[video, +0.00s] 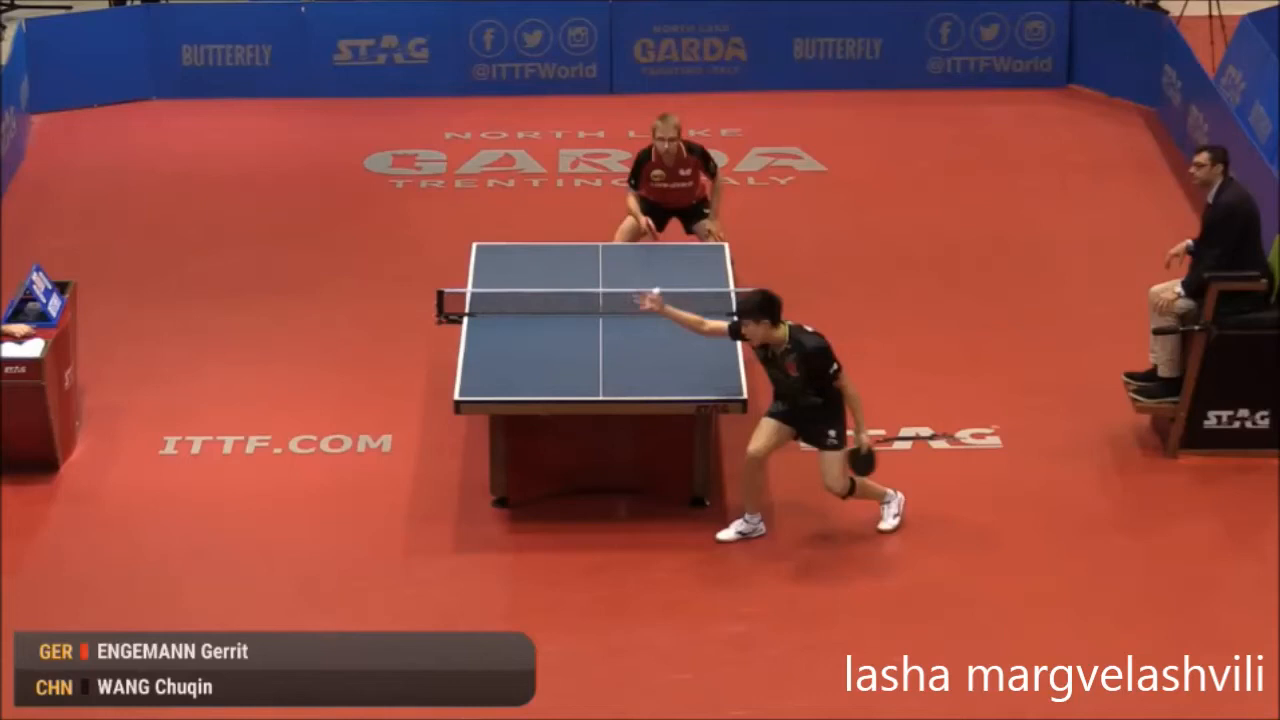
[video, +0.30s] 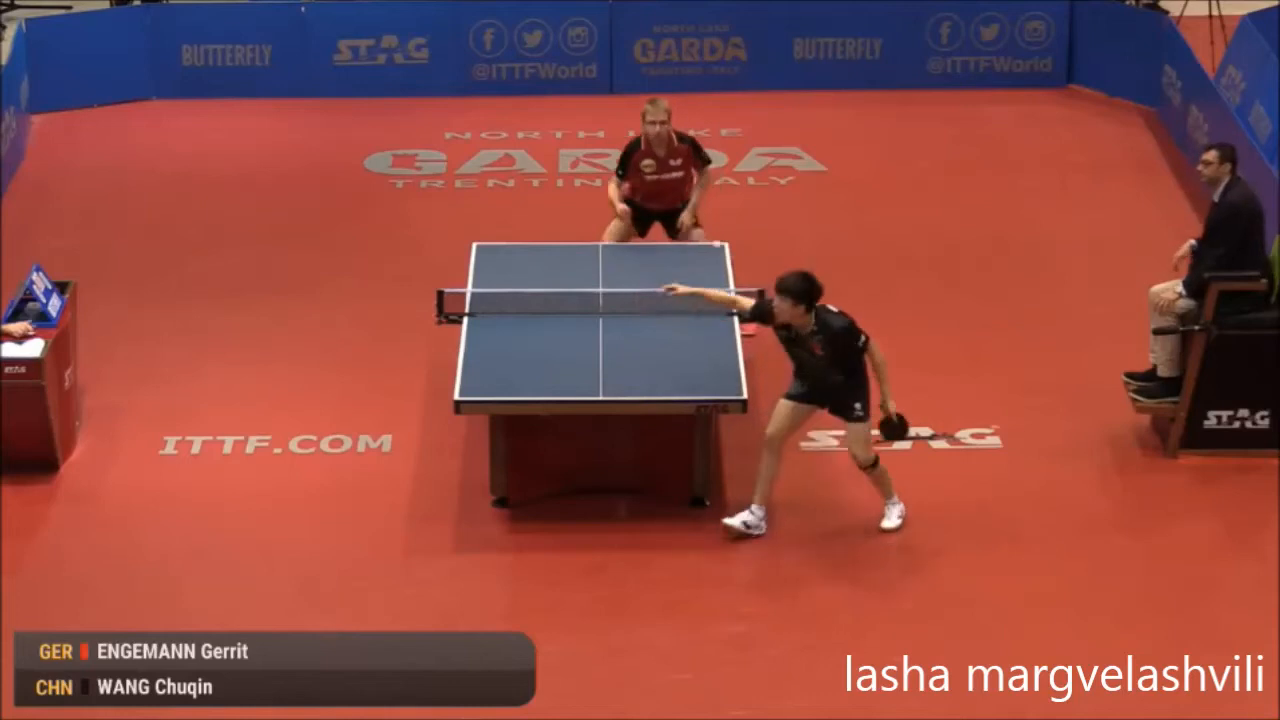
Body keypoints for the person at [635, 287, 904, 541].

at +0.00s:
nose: (743, 331)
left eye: (747, 325)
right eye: (742, 325)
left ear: (767, 324)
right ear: (754, 324)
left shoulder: (812, 346)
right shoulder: (754, 336)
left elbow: (846, 388)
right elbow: (705, 326)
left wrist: (862, 433)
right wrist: (663, 308)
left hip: (825, 411)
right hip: (787, 407)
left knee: (836, 484)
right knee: (754, 453)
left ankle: (890, 498)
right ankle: (752, 520)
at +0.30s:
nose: (775, 307)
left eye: (782, 303)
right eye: (776, 302)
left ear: (801, 307)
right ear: (782, 304)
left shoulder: (839, 325)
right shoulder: (777, 316)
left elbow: (875, 355)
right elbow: (733, 302)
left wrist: (887, 402)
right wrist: (691, 291)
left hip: (849, 387)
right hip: (808, 383)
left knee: (861, 455)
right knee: (772, 437)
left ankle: (893, 504)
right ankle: (757, 513)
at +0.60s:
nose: (762, 336)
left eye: (767, 332)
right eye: (760, 330)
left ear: (786, 328)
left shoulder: (822, 327)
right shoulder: (771, 327)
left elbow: (872, 342)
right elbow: (747, 320)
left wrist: (839, 353)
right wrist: (721, 322)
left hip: (841, 385)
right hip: (802, 379)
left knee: (860, 460)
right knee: (750, 412)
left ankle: (893, 503)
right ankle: (785, 480)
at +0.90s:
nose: (695, 303)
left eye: (695, 297)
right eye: (693, 297)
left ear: (704, 299)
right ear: (724, 286)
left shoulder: (736, 315)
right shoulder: (746, 297)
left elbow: (749, 343)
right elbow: (785, 307)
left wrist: (701, 333)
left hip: (795, 388)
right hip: (777, 382)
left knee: (771, 471)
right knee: (743, 422)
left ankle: (850, 484)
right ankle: (769, 493)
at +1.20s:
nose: (683, 278)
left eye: (684, 274)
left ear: (689, 279)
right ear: (719, 271)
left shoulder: (692, 312)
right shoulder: (745, 295)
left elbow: (665, 358)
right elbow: (778, 331)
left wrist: (631, 340)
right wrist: (793, 337)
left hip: (725, 404)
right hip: (761, 396)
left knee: (672, 468)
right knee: (766, 449)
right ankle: (780, 519)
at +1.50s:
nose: (664, 312)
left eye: (662, 308)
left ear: (661, 314)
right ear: (695, 310)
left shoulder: (655, 352)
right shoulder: (719, 338)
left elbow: (614, 400)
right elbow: (754, 381)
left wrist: (620, 406)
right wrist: (738, 393)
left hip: (684, 444)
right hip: (731, 439)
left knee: (621, 490)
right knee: (765, 483)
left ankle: (605, 577)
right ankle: (803, 552)